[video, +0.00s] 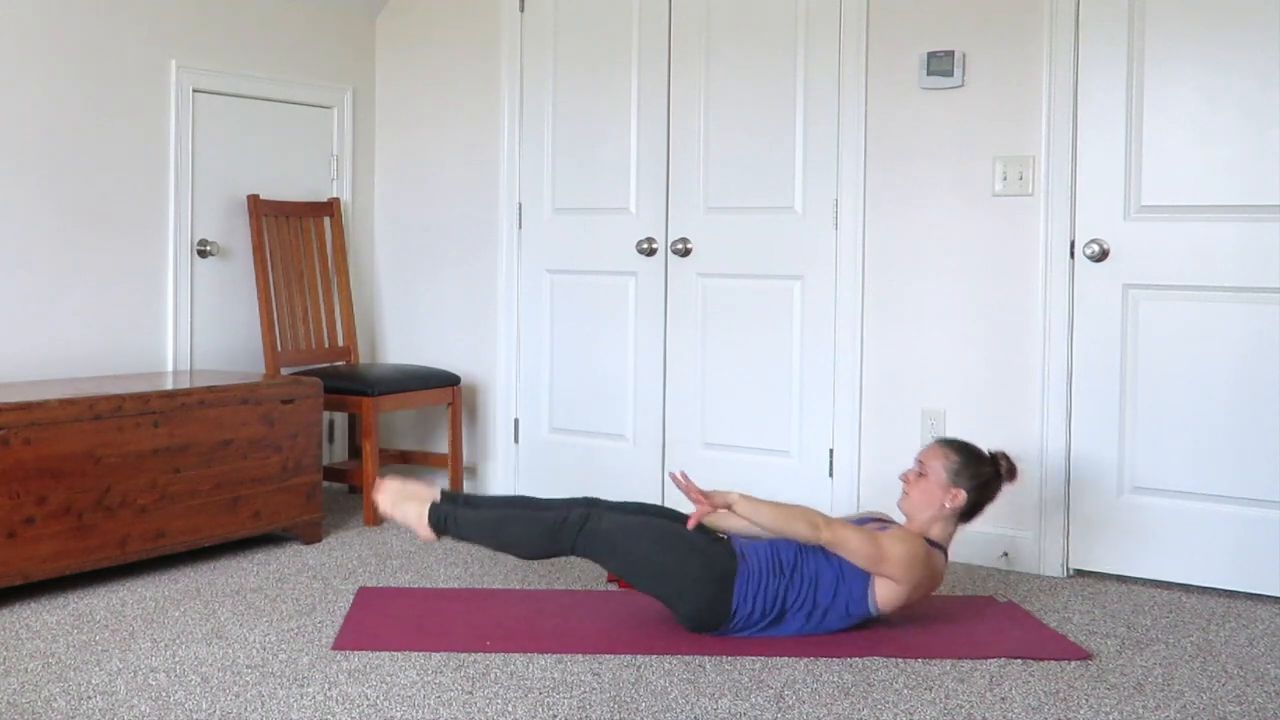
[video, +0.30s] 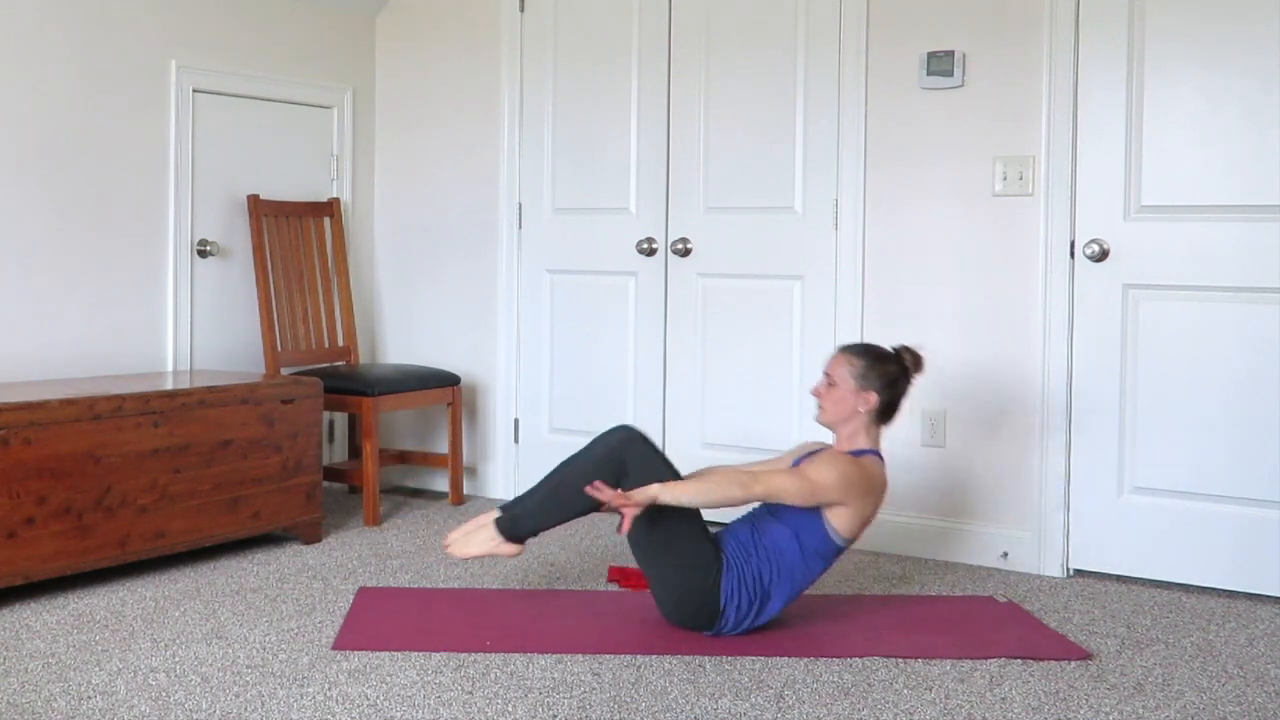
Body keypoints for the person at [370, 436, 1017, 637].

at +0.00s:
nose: (906, 478)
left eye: (923, 475)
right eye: (915, 467)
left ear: (955, 503)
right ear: (935, 493)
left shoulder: (913, 557)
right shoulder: (897, 536)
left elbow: (814, 528)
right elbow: (808, 538)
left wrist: (731, 505)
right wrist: (732, 509)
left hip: (729, 585)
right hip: (727, 565)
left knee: (584, 522)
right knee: (584, 512)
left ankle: (434, 513)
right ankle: (436, 506)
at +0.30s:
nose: (817, 389)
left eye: (830, 382)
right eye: (823, 378)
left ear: (864, 401)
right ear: (859, 400)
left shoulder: (853, 473)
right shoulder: (827, 453)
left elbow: (750, 486)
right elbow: (741, 478)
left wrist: (653, 495)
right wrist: (648, 496)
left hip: (716, 595)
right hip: (713, 569)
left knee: (625, 447)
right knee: (625, 442)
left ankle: (506, 531)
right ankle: (508, 520)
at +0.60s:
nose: (783, 361)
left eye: (796, 355)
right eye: (789, 351)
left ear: (829, 374)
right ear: (824, 374)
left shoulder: (814, 447)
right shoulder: (786, 433)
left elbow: (716, 485)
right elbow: (701, 468)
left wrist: (622, 514)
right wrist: (616, 506)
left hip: (712, 598)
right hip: (705, 582)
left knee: (679, 431)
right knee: (672, 426)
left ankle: (553, 504)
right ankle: (552, 489)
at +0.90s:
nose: (885, 445)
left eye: (902, 442)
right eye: (894, 435)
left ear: (932, 471)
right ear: (909, 455)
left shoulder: (896, 526)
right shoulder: (873, 503)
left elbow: (793, 511)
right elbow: (781, 499)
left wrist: (695, 496)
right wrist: (688, 488)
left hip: (722, 589)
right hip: (722, 567)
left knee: (590, 494)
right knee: (592, 490)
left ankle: (440, 520)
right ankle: (445, 516)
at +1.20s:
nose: (940, 502)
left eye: (957, 504)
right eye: (950, 495)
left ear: (979, 538)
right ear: (960, 522)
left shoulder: (925, 580)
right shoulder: (913, 560)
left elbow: (844, 532)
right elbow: (835, 527)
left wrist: (760, 485)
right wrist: (746, 481)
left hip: (733, 583)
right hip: (736, 560)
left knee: (600, 503)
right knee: (604, 496)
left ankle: (461, 442)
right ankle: (465, 451)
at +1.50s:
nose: (919, 485)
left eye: (935, 483)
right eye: (928, 476)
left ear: (964, 515)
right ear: (952, 508)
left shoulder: (915, 562)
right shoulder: (911, 550)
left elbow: (817, 526)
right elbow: (813, 531)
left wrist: (729, 499)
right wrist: (721, 502)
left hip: (732, 580)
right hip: (734, 569)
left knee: (587, 524)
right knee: (590, 518)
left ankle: (440, 502)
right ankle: (445, 499)